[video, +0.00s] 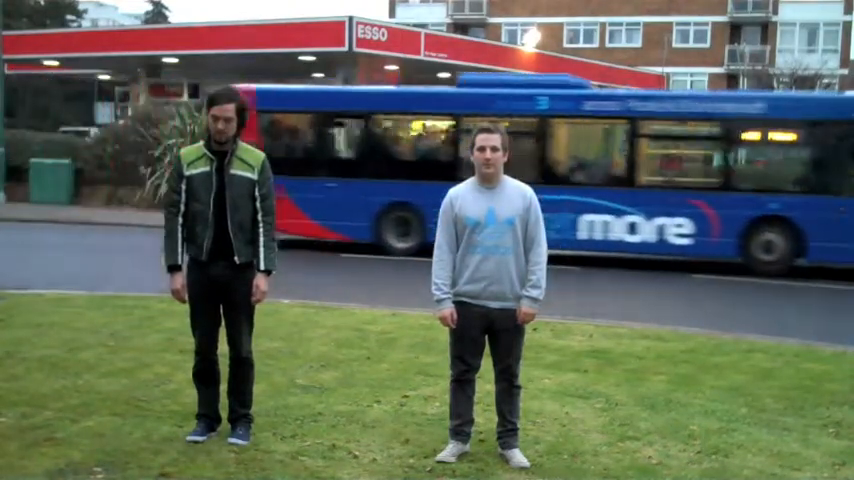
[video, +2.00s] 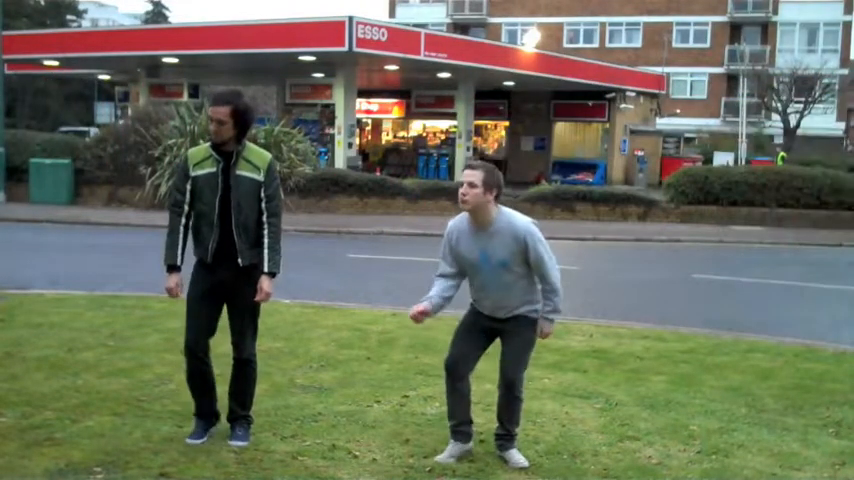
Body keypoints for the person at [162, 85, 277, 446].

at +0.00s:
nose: (221, 126)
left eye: (228, 120)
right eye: (216, 119)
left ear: (239, 122)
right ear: (206, 119)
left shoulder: (256, 162)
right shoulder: (185, 160)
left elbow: (266, 220)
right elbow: (173, 216)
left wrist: (264, 270)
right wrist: (175, 269)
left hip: (241, 270)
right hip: (200, 269)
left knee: (240, 350)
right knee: (204, 349)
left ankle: (241, 421)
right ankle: (206, 418)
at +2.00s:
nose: (212, 128)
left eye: (220, 123)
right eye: (210, 121)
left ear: (240, 125)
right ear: (208, 121)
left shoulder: (263, 164)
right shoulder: (192, 161)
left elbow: (272, 221)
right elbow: (177, 216)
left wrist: (268, 272)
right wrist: (173, 268)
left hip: (246, 272)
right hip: (205, 269)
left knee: (244, 351)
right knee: (194, 346)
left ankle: (240, 420)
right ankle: (205, 416)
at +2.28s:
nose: (212, 125)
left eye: (219, 120)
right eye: (211, 118)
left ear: (240, 123)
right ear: (209, 119)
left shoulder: (265, 164)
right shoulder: (194, 158)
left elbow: (273, 221)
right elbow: (179, 212)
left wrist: (269, 273)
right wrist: (174, 264)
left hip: (246, 271)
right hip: (204, 267)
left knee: (245, 351)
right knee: (183, 336)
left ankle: (240, 419)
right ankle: (199, 412)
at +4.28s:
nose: (210, 118)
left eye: (217, 114)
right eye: (210, 112)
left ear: (237, 119)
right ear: (216, 117)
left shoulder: (267, 167)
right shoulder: (198, 157)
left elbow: (270, 227)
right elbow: (183, 211)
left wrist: (260, 278)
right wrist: (175, 262)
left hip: (244, 273)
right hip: (205, 269)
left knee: (243, 352)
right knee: (195, 344)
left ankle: (239, 420)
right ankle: (205, 416)